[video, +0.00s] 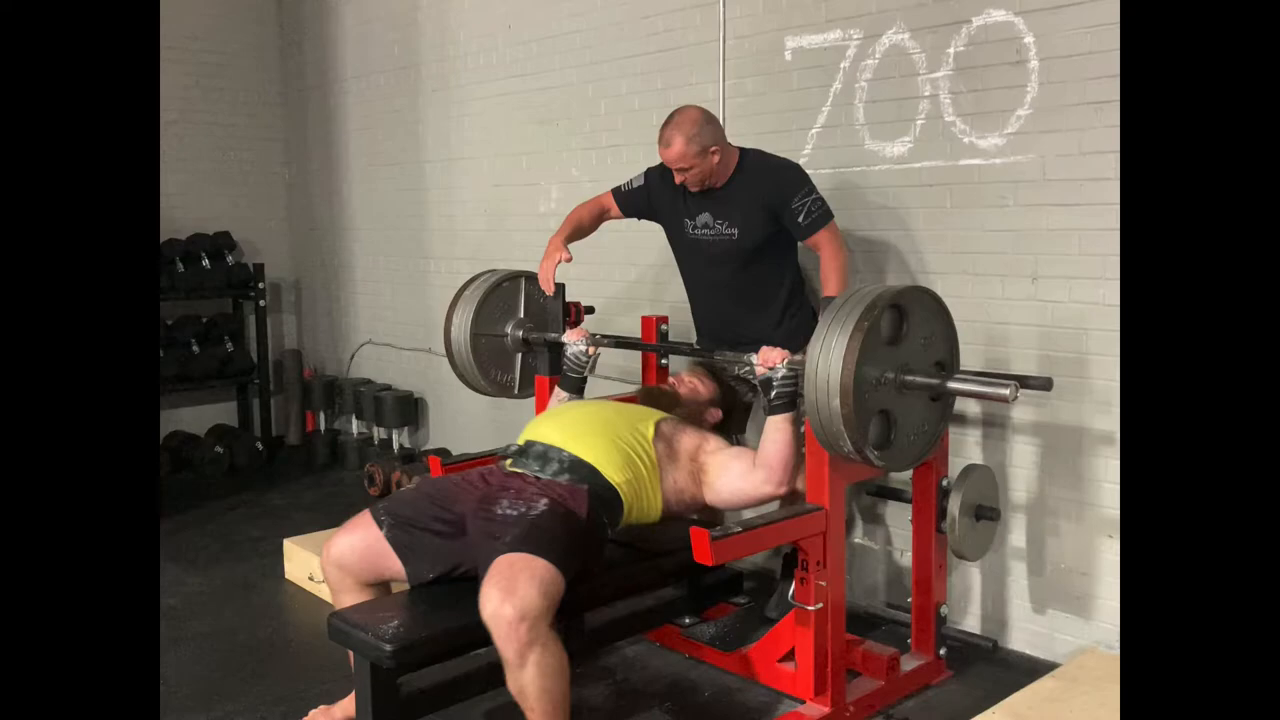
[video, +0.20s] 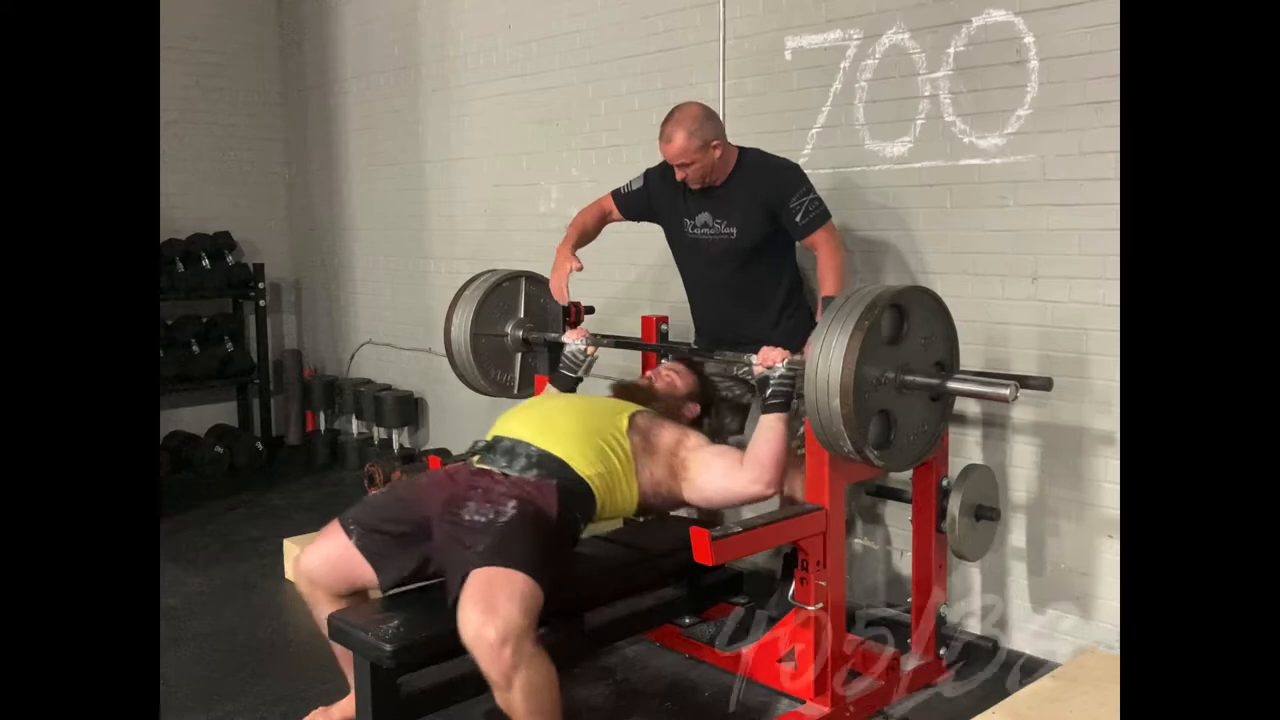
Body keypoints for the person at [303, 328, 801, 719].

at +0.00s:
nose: (677, 373)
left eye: (693, 377)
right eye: (678, 369)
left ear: (715, 409)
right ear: (662, 380)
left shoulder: (699, 448)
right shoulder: (611, 409)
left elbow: (774, 479)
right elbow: (547, 440)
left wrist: (782, 390)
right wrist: (573, 374)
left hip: (560, 498)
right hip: (490, 477)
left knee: (510, 607)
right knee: (342, 555)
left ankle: (550, 716)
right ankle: (370, 689)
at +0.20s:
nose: (659, 366)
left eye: (674, 369)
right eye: (657, 362)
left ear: (691, 403)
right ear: (640, 376)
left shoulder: (678, 445)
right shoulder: (590, 403)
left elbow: (759, 478)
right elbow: (532, 417)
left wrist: (777, 391)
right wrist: (566, 365)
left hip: (525, 498)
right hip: (453, 479)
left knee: (492, 628)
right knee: (313, 567)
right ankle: (360, 692)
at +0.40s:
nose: (658, 376)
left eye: (673, 381)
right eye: (655, 373)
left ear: (686, 419)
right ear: (633, 388)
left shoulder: (671, 456)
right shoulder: (576, 416)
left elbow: (751, 478)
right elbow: (520, 433)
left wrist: (773, 394)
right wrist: (561, 375)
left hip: (519, 512)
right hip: (445, 492)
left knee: (487, 639)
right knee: (301, 573)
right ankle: (358, 694)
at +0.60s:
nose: (675, 404)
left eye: (690, 409)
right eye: (673, 399)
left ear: (707, 434)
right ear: (654, 406)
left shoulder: (692, 467)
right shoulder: (598, 434)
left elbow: (768, 483)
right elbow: (532, 444)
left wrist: (778, 390)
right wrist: (568, 378)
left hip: (548, 507)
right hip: (480, 489)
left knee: (500, 622)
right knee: (323, 559)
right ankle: (361, 693)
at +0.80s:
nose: (681, 404)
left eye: (696, 407)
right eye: (679, 399)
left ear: (715, 437)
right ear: (661, 410)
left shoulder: (700, 469)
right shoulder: (604, 438)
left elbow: (771, 487)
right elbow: (539, 447)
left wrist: (779, 390)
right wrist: (571, 375)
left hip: (555, 506)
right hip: (486, 489)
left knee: (506, 614)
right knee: (330, 556)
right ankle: (363, 692)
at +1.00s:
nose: (675, 402)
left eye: (690, 406)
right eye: (673, 398)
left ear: (706, 436)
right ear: (653, 408)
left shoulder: (691, 470)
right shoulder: (595, 438)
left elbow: (774, 482)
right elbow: (534, 439)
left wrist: (782, 389)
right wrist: (568, 375)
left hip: (539, 511)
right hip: (468, 493)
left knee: (488, 631)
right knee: (308, 562)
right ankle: (360, 693)